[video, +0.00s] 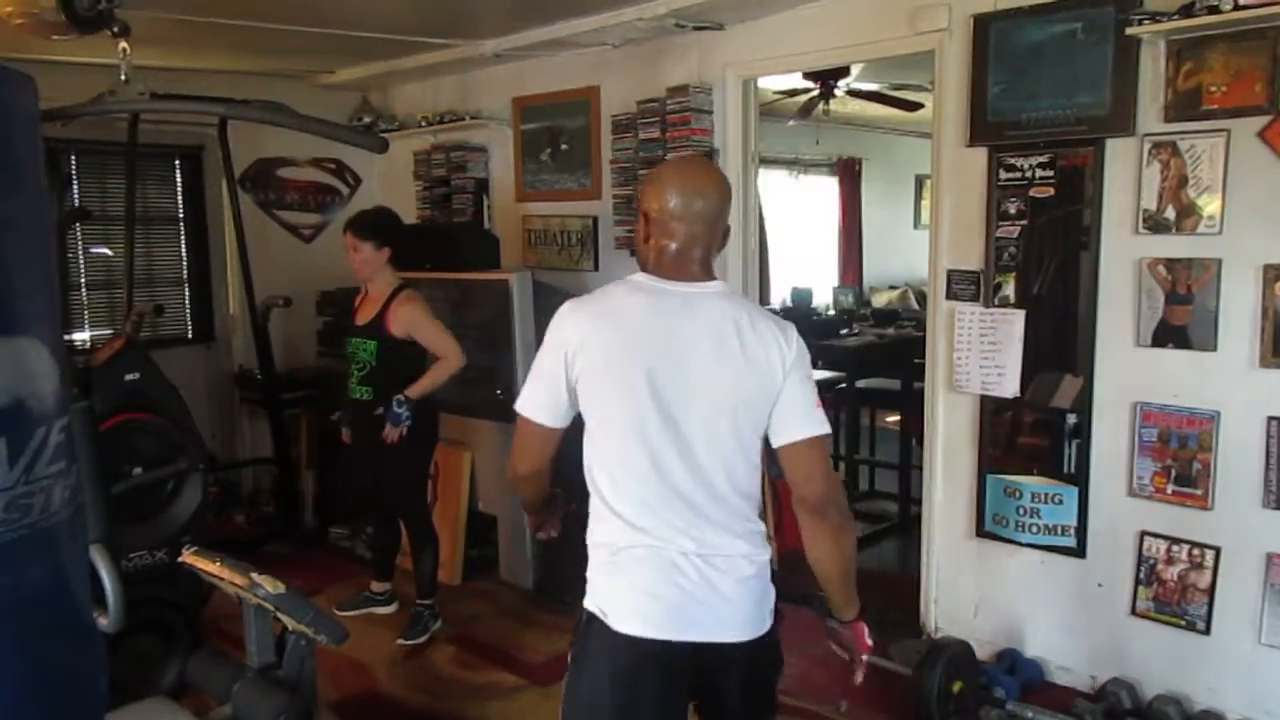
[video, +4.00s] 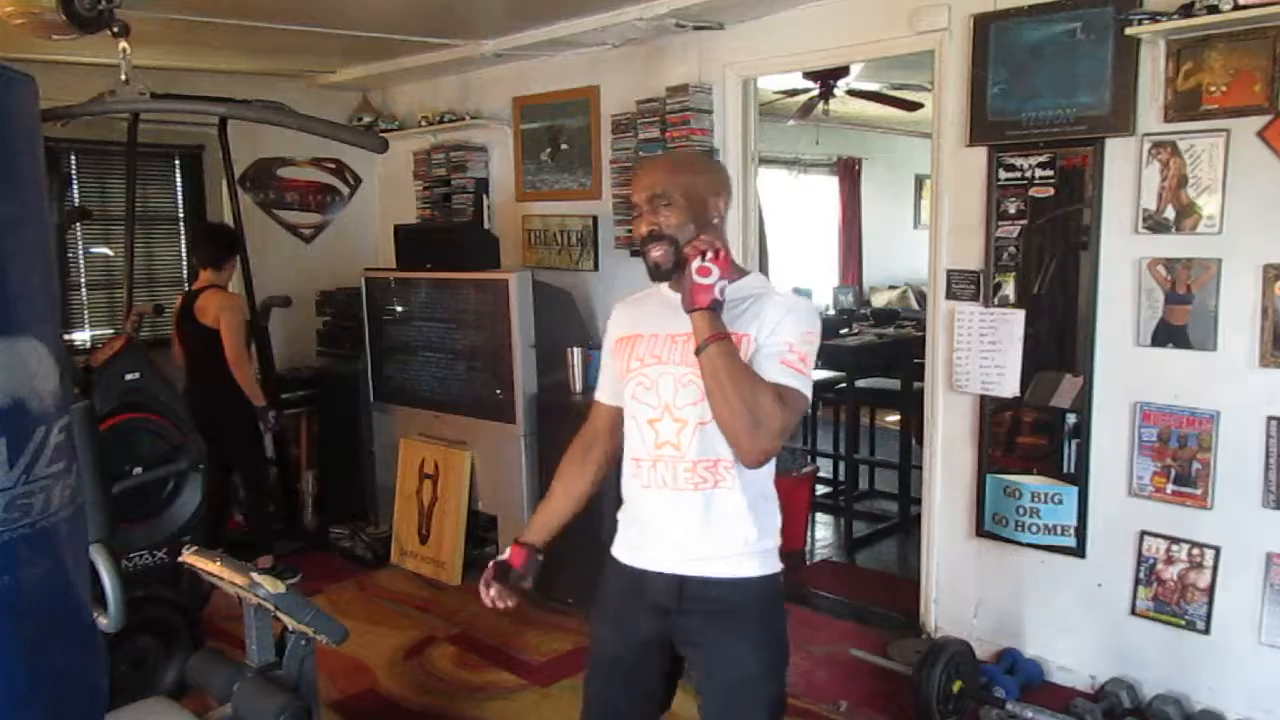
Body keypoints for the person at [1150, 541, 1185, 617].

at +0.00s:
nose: (1173, 555)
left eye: (1176, 552)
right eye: (1171, 552)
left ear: (1180, 553)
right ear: (1167, 552)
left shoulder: (1182, 568)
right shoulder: (1160, 565)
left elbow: (1181, 585)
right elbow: (1151, 581)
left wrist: (1174, 602)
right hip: (1159, 599)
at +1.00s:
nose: (1173, 554)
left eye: (1176, 552)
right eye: (1171, 551)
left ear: (1180, 553)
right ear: (1167, 552)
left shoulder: (1184, 567)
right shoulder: (1160, 565)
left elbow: (1182, 585)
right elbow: (1151, 582)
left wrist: (1174, 602)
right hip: (1160, 599)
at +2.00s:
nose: (1172, 554)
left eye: (1176, 552)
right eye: (1170, 551)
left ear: (1179, 553)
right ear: (1167, 551)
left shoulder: (1182, 567)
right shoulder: (1160, 565)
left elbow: (1180, 585)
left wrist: (1173, 603)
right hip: (1159, 599)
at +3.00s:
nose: (1173, 554)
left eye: (1176, 552)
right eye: (1171, 551)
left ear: (1180, 553)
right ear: (1167, 551)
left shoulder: (1183, 567)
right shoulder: (1160, 565)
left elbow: (1181, 585)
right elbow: (1153, 580)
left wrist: (1174, 602)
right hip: (1159, 600)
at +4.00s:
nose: (1173, 554)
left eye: (1176, 552)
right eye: (1171, 551)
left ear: (1179, 553)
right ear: (1167, 552)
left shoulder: (1181, 568)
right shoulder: (1160, 566)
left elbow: (1180, 586)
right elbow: (1154, 581)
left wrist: (1173, 603)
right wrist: (1151, 595)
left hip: (1173, 601)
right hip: (1159, 599)